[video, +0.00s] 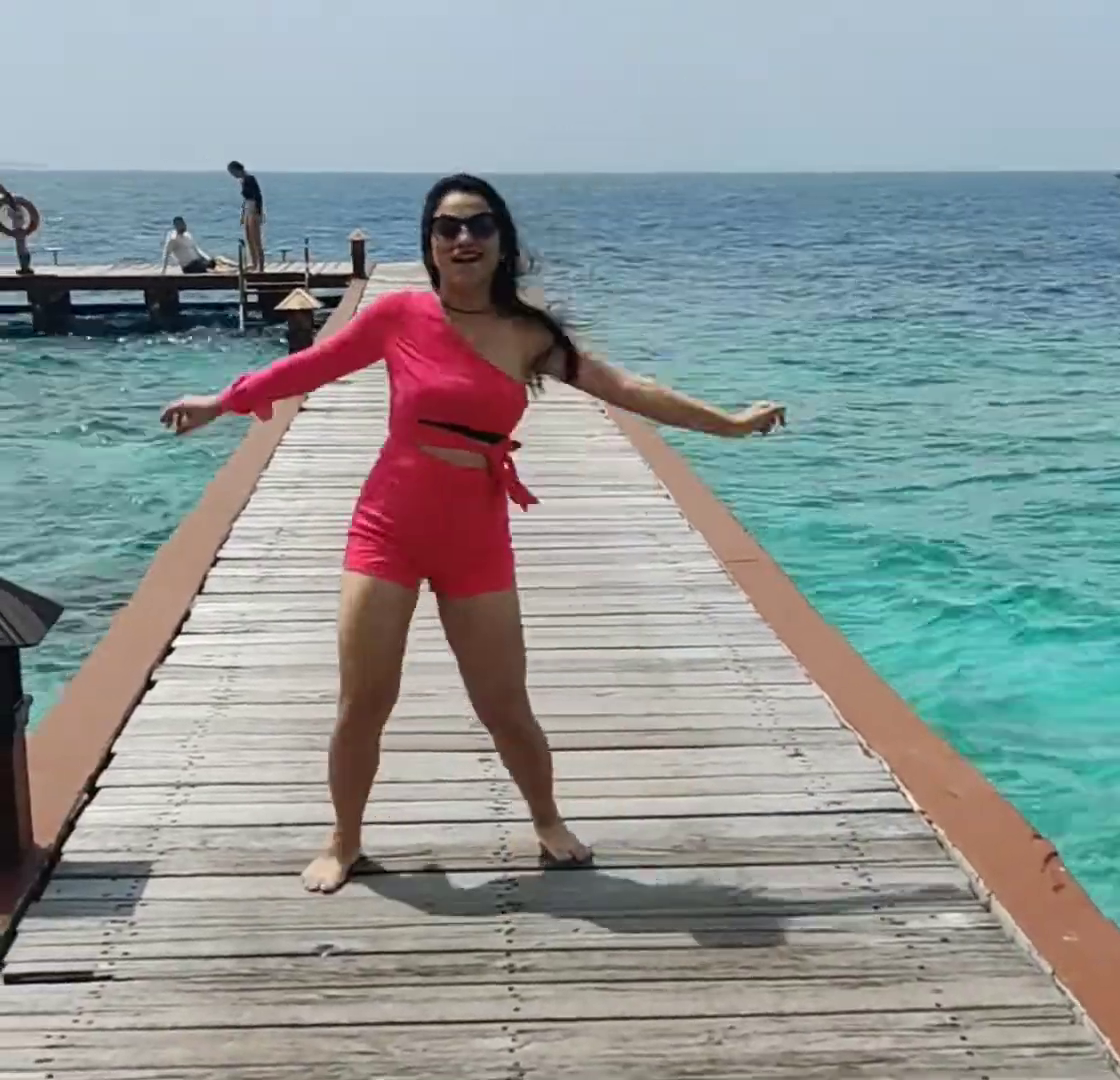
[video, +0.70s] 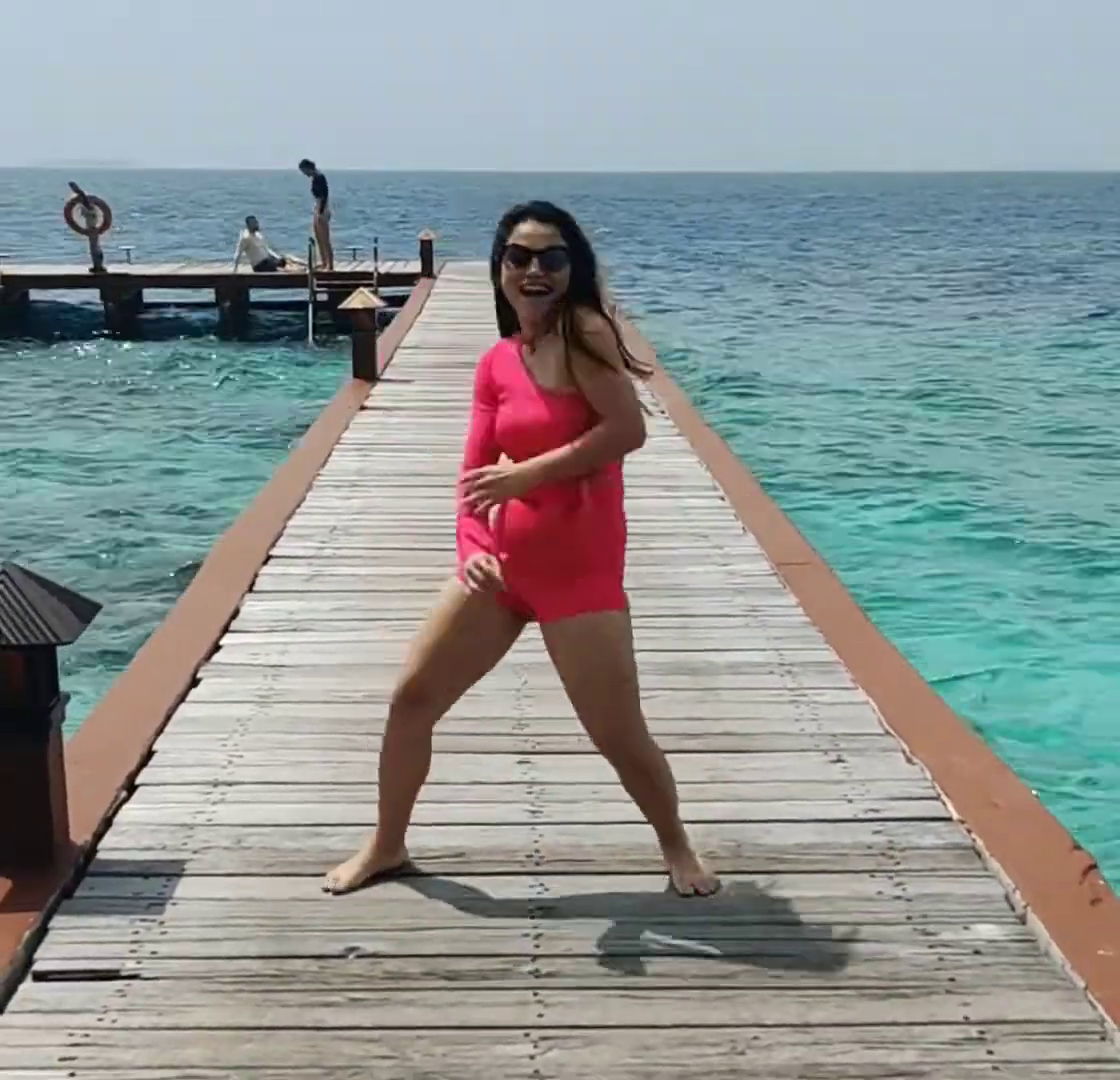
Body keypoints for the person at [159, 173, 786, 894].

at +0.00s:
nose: (461, 240)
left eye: (477, 227)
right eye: (447, 228)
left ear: (503, 242)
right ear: (429, 242)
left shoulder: (530, 334)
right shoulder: (398, 315)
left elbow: (625, 391)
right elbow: (311, 366)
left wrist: (728, 423)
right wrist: (220, 403)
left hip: (476, 535)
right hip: (387, 526)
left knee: (505, 708)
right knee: (364, 702)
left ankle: (549, 824)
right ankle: (344, 843)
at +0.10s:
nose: (459, 234)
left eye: (476, 223)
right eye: (445, 222)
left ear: (501, 240)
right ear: (424, 237)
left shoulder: (533, 327)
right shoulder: (396, 320)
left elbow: (613, 406)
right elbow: (302, 386)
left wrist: (702, 473)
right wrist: (198, 438)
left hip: (479, 534)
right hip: (389, 525)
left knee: (518, 709)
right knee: (372, 698)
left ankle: (566, 826)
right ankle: (360, 842)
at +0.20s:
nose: (463, 227)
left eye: (480, 217)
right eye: (449, 215)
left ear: (501, 236)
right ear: (427, 231)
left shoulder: (522, 327)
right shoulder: (397, 325)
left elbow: (543, 418)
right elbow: (320, 410)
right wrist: (236, 471)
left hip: (495, 534)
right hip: (402, 528)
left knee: (561, 706)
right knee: (385, 704)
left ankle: (585, 812)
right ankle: (375, 841)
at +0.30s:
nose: (467, 208)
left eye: (485, 199)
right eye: (454, 195)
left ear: (507, 218)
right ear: (432, 210)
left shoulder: (518, 302)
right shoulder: (401, 308)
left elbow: (477, 388)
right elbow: (379, 403)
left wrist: (427, 465)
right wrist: (359, 474)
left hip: (508, 512)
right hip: (417, 512)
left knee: (596, 670)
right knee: (395, 691)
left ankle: (613, 814)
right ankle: (380, 838)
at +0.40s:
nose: (477, 198)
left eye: (496, 189)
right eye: (464, 185)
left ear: (516, 210)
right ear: (441, 200)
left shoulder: (517, 278)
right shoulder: (418, 294)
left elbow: (464, 377)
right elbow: (426, 397)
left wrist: (358, 436)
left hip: (519, 505)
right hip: (433, 502)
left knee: (594, 679)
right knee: (397, 680)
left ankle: (664, 811)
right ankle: (384, 834)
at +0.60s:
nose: (508, 263)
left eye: (526, 251)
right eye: (495, 249)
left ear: (548, 264)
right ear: (476, 260)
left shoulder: (547, 319)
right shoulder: (476, 353)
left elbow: (550, 424)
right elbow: (454, 460)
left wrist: (458, 440)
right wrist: (505, 488)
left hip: (544, 562)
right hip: (470, 551)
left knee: (588, 727)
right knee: (393, 690)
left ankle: (673, 851)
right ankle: (383, 842)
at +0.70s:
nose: (533, 269)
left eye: (551, 257)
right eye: (518, 257)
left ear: (574, 269)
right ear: (499, 270)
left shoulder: (587, 336)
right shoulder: (494, 362)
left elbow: (629, 428)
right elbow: (473, 472)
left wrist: (528, 474)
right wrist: (472, 544)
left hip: (580, 573)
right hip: (501, 570)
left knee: (619, 733)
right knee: (411, 701)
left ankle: (678, 851)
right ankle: (386, 844)